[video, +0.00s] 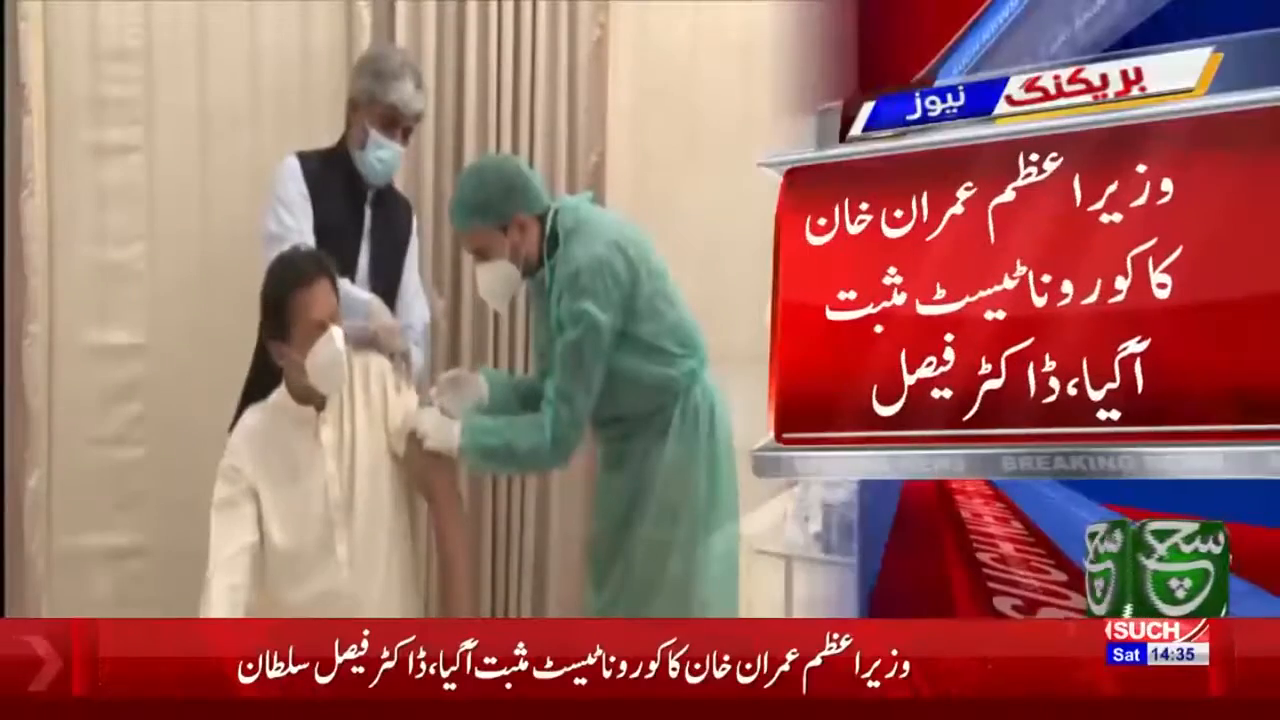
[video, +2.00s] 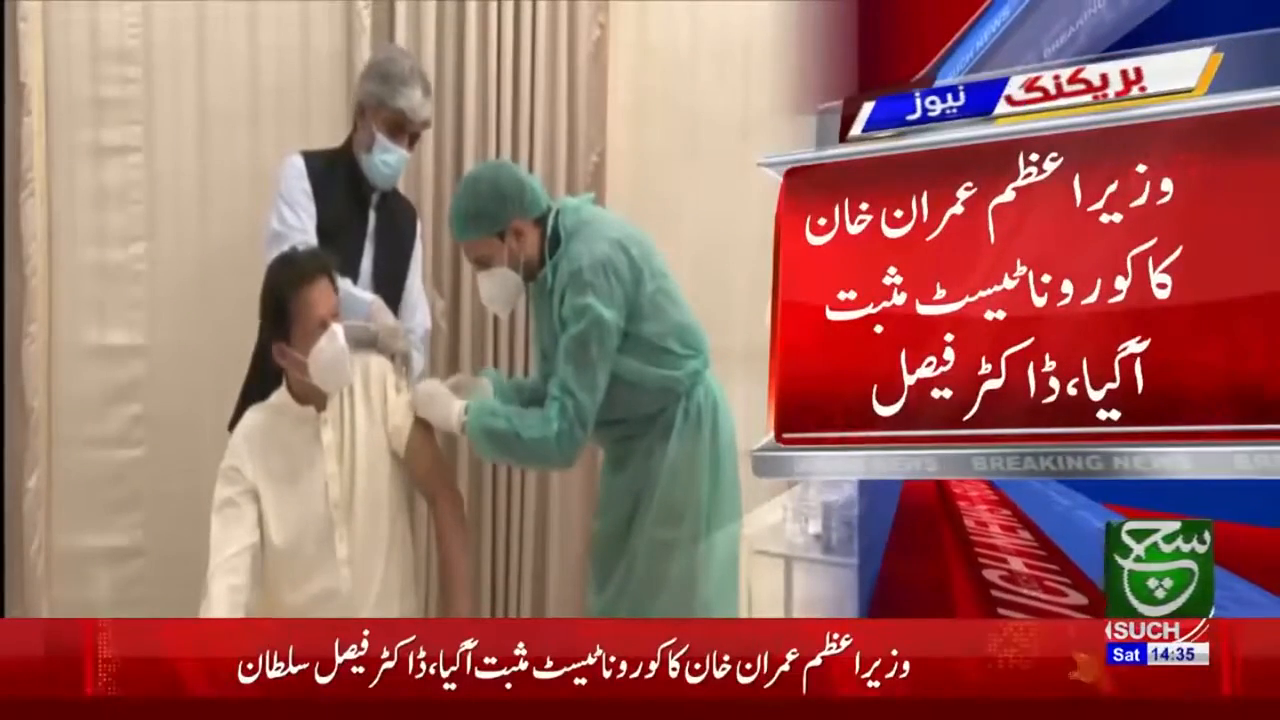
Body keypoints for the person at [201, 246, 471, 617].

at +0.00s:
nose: (337, 342)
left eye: (337, 324)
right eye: (318, 333)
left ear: (346, 322)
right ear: (280, 350)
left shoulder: (375, 379)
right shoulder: (252, 437)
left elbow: (442, 489)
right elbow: (228, 574)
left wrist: (460, 614)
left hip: (389, 615)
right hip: (294, 626)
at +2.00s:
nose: (337, 337)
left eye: (338, 321)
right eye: (320, 330)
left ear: (348, 320)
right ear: (282, 352)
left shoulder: (375, 381)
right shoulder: (254, 435)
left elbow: (444, 496)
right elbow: (230, 570)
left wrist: (460, 614)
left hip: (390, 619)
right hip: (293, 632)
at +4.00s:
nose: (332, 337)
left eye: (335, 321)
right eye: (315, 329)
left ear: (344, 319)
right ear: (280, 346)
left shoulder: (375, 380)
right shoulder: (253, 435)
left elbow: (442, 496)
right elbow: (227, 570)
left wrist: (458, 615)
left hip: (388, 617)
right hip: (293, 630)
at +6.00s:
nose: (265, 333)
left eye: (274, 311)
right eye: (244, 321)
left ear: (294, 314)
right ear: (212, 349)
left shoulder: (345, 392)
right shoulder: (179, 482)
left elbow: (430, 535)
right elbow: (159, 638)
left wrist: (454, 646)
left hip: (364, 673)